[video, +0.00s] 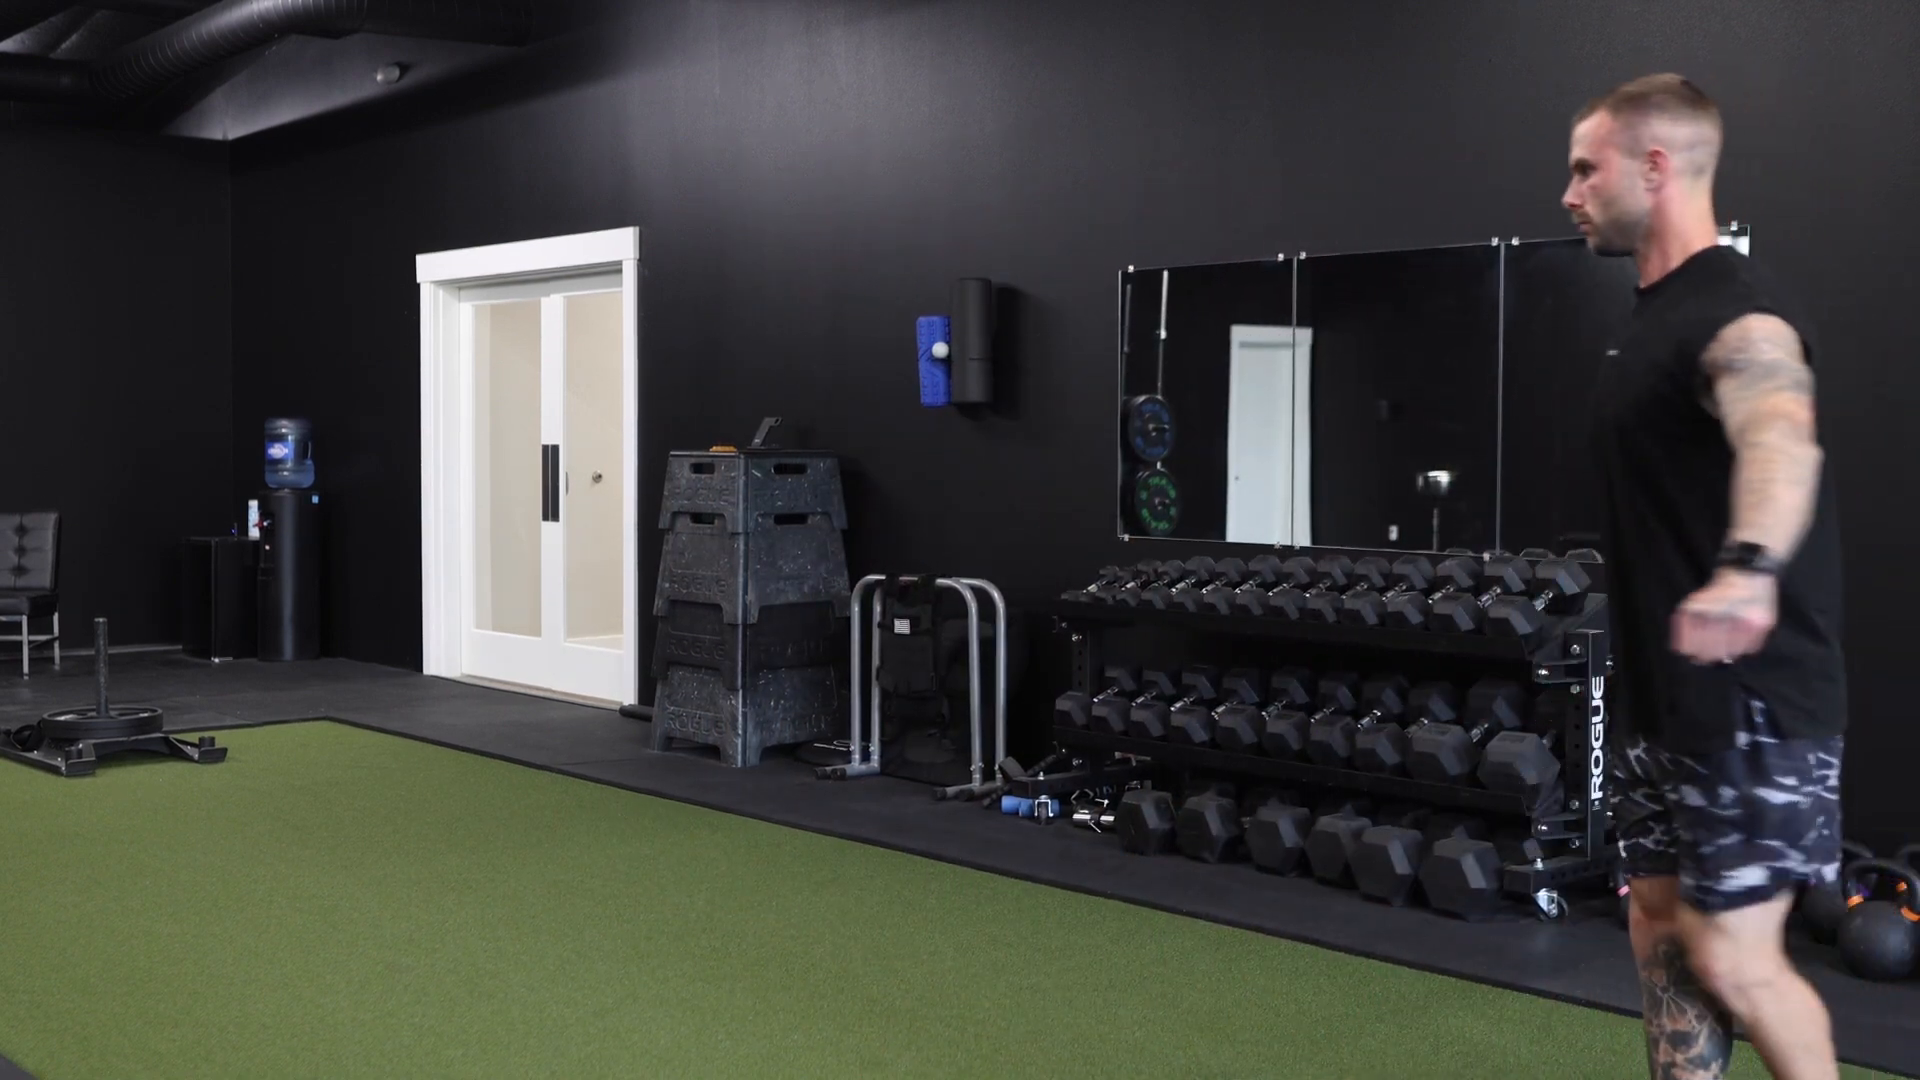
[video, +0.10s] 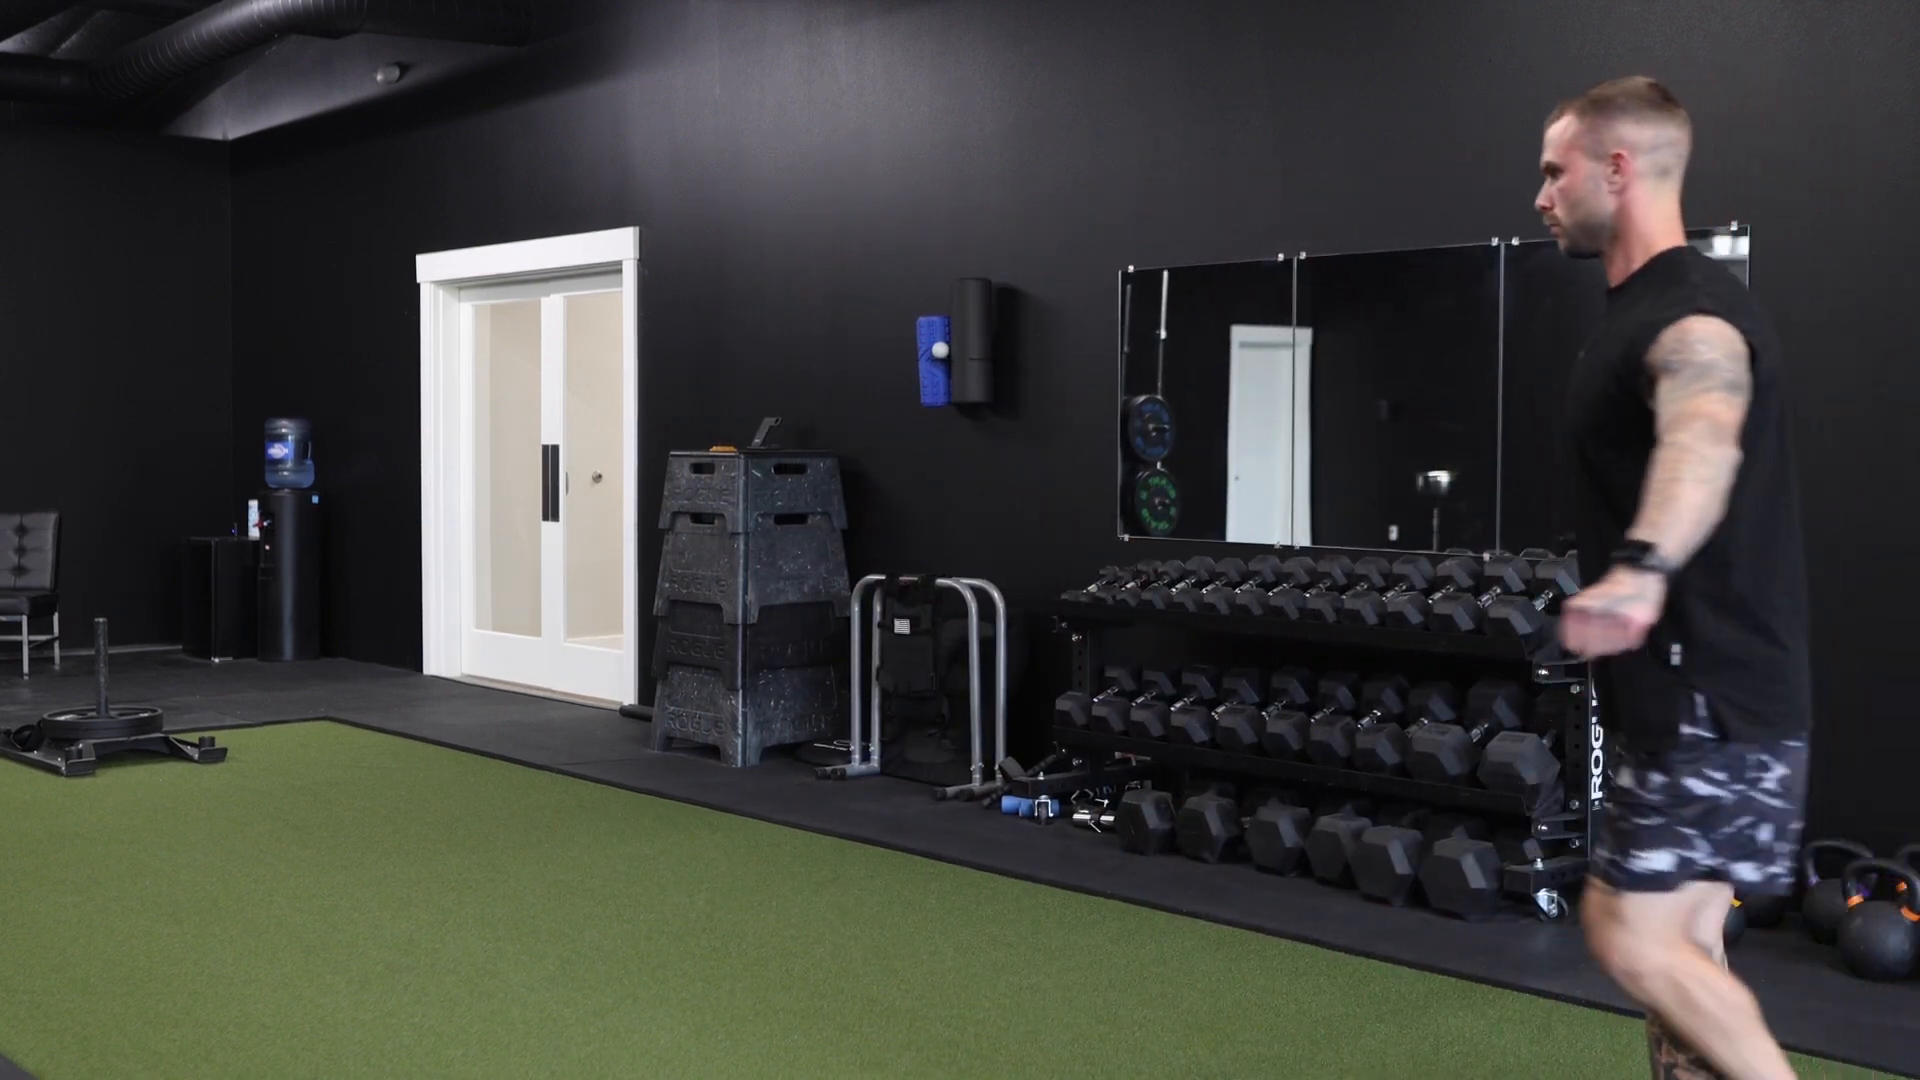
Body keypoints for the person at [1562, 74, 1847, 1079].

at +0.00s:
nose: (1569, 192)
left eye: (1586, 170)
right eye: (1570, 171)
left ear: (1658, 173)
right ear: (1654, 176)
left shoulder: (1739, 321)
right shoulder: (1649, 321)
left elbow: (1778, 443)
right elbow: (1672, 494)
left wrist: (1747, 567)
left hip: (1750, 693)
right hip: (1667, 686)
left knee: (1734, 950)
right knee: (1662, 931)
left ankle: (1820, 1071)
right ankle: (1689, 1077)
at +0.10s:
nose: (1540, 195)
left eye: (1556, 172)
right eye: (1542, 173)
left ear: (1620, 175)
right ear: (1624, 177)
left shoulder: (1692, 310)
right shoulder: (1640, 310)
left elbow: (1703, 445)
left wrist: (1639, 568)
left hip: (1713, 692)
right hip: (1682, 687)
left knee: (1630, 932)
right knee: (1685, 942)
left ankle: (1767, 1071)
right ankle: (1690, 1072)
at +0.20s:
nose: (1517, 197)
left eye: (1529, 174)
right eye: (1518, 175)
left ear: (1592, 174)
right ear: (1598, 176)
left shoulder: (1651, 308)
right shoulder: (1652, 297)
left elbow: (1630, 447)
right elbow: (1654, 469)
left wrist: (1546, 567)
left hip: (1672, 674)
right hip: (1701, 671)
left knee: (1546, 908)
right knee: (1677, 922)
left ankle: (1690, 1069)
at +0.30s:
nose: (1494, 199)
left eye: (1504, 174)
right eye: (1495, 176)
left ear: (1564, 174)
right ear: (1597, 177)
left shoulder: (1609, 307)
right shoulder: (1678, 304)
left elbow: (1571, 434)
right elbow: (1708, 472)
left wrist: (1464, 562)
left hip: (1644, 675)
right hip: (1706, 671)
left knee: (1508, 892)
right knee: (1665, 934)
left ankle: (1580, 1071)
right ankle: (1684, 1075)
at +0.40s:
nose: (1470, 196)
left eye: (1480, 173)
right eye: (1472, 174)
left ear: (1532, 174)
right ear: (1569, 179)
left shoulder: (1568, 310)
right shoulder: (1655, 310)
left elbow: (1512, 429)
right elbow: (1679, 500)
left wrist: (1390, 554)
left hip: (1596, 673)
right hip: (1683, 673)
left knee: (1491, 905)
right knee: (1651, 929)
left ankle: (1490, 1073)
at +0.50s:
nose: (1442, 202)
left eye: (1450, 180)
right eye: (1443, 180)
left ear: (1499, 179)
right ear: (1542, 183)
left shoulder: (1523, 315)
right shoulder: (1639, 327)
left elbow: (1458, 425)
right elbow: (1650, 503)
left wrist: (1323, 551)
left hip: (1541, 683)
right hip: (1647, 681)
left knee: (1472, 924)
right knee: (1638, 939)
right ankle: (1673, 1079)